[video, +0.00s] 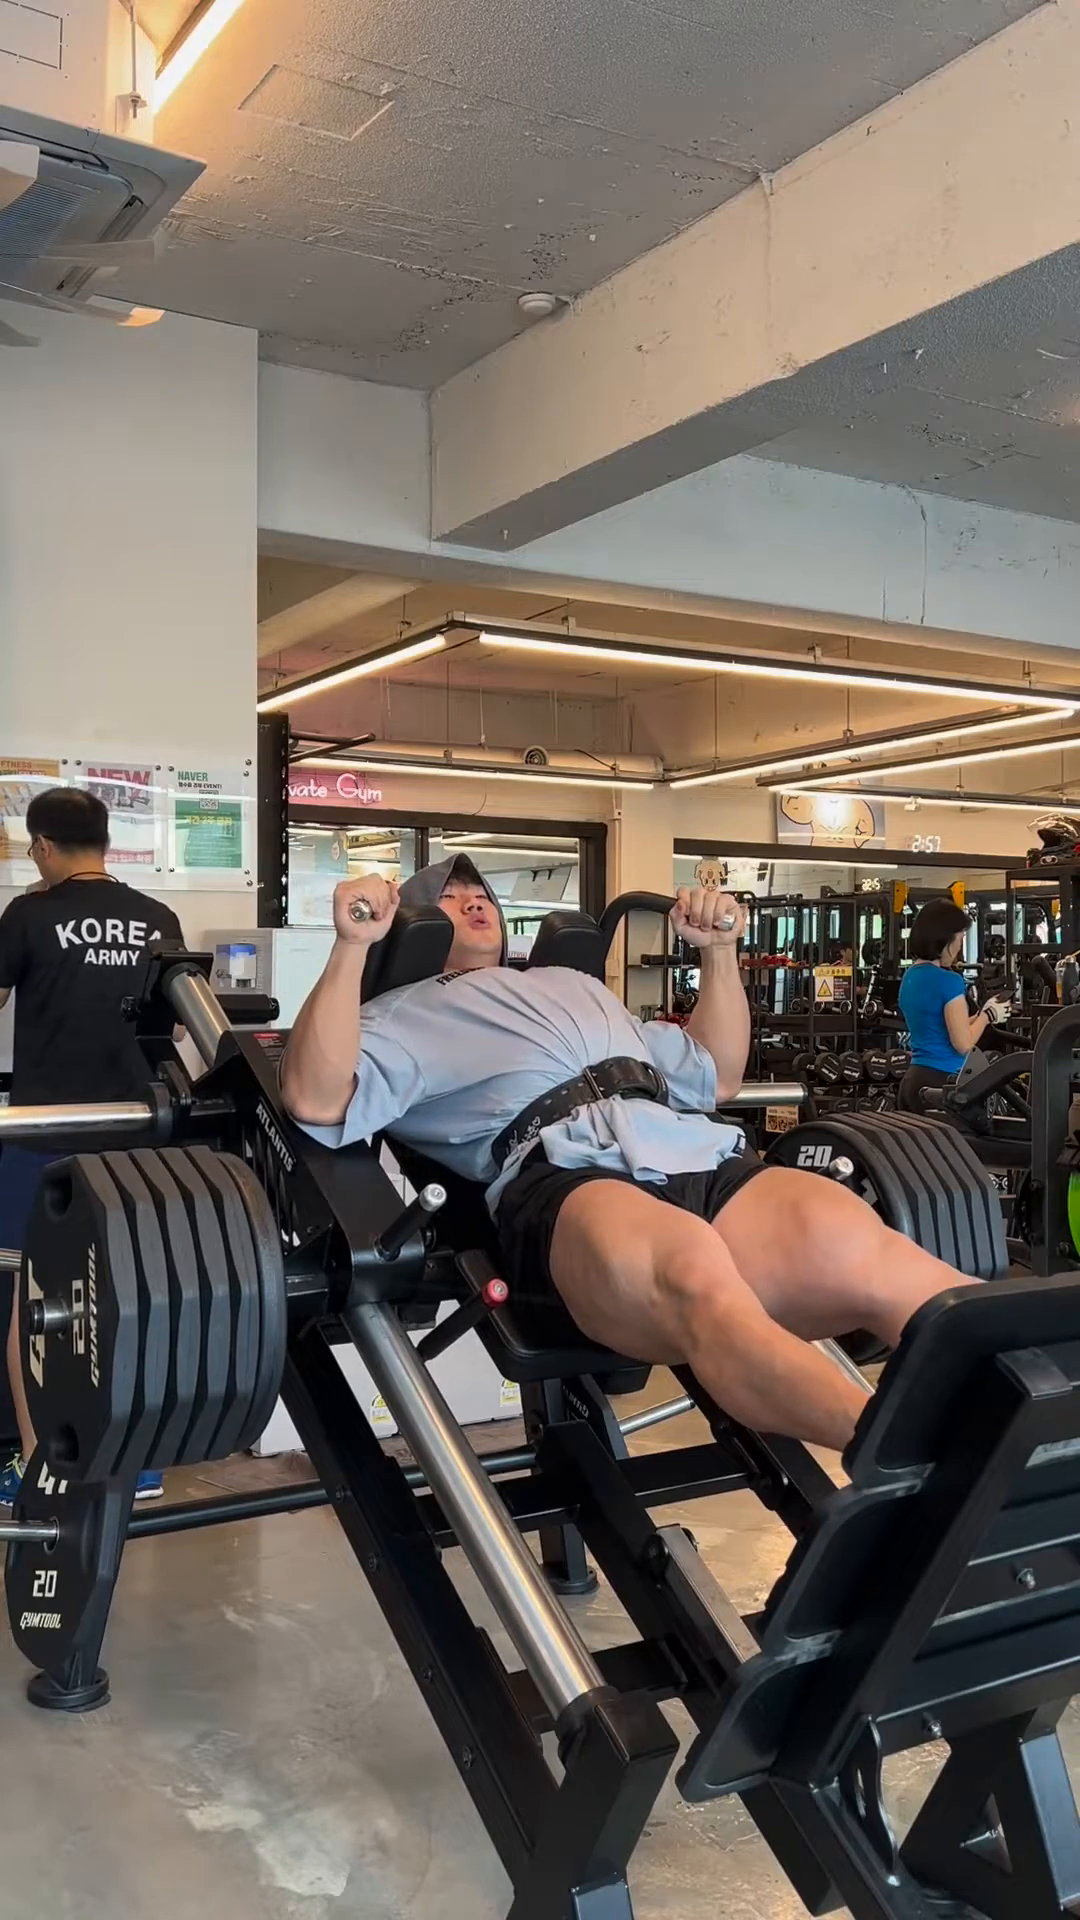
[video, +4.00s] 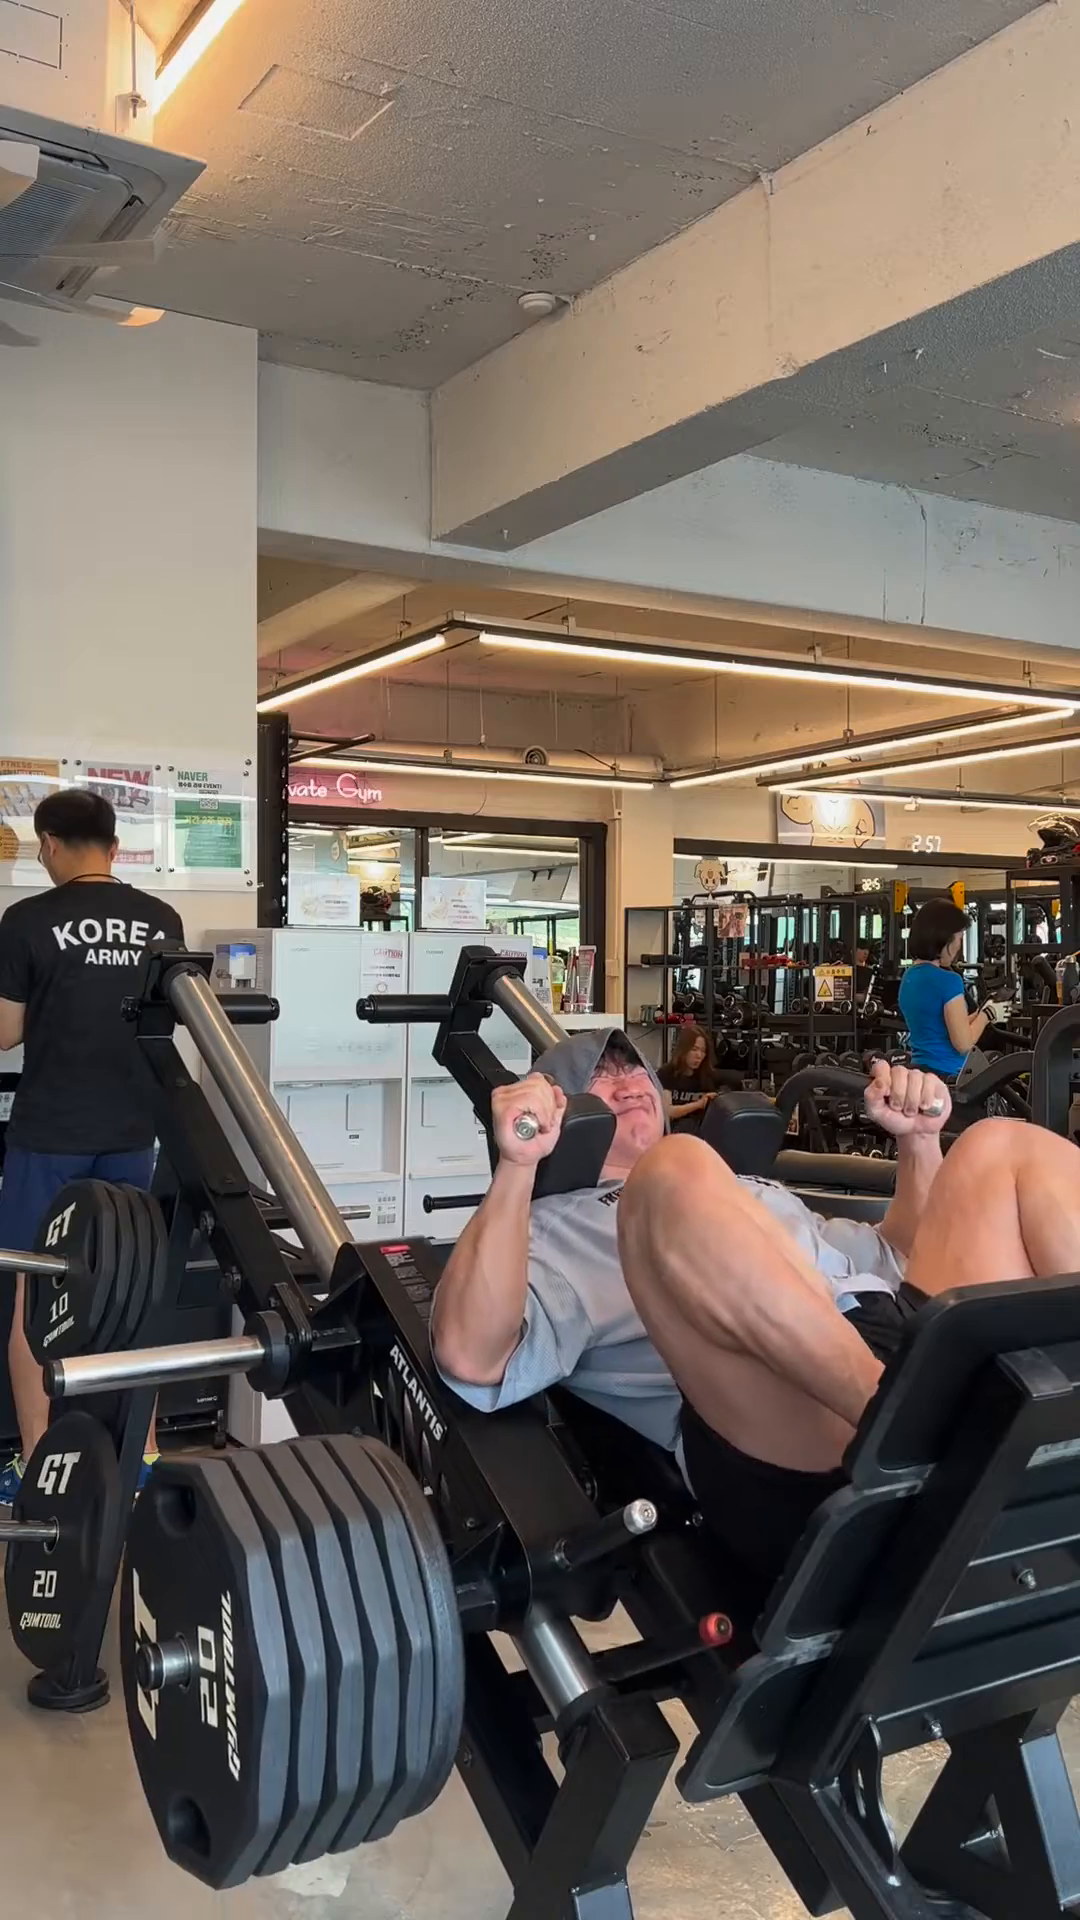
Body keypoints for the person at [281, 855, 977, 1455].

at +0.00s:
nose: (477, 902)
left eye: (484, 895)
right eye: (453, 894)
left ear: (502, 921)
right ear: (413, 928)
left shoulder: (575, 987)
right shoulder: (403, 1015)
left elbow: (711, 1073)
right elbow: (315, 1100)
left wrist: (718, 955)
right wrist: (350, 949)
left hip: (697, 1162)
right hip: (560, 1183)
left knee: (844, 1236)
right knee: (692, 1279)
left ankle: (1052, 1370)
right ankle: (896, 1448)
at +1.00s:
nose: (498, 938)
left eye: (507, 928)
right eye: (474, 935)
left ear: (530, 951)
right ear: (443, 974)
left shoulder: (606, 1021)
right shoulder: (433, 1053)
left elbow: (750, 1107)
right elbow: (342, 1142)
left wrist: (750, 982)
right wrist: (377, 987)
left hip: (745, 1217)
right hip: (590, 1266)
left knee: (950, 1177)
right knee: (672, 1190)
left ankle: (1076, 1383)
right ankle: (898, 1428)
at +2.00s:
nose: (578, 1027)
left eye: (585, 1015)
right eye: (550, 1018)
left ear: (605, 1042)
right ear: (504, 1054)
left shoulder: (687, 1127)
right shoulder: (501, 1162)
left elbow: (847, 1206)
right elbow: (413, 1267)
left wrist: (845, 1076)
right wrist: (460, 1091)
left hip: (861, 1358)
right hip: (711, 1426)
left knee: (1000, 1146)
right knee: (664, 1172)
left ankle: (1069, 1391)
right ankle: (882, 1407)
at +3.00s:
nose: (632, 1088)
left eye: (638, 1074)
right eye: (602, 1081)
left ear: (662, 1102)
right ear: (562, 1120)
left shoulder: (757, 1195)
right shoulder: (552, 1240)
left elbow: (901, 1261)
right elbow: (473, 1365)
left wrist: (922, 1151)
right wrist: (517, 1177)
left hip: (933, 1388)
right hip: (785, 1474)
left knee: (1005, 1146)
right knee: (658, 1187)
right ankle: (899, 1425)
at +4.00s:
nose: (628, 1081)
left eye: (633, 1065)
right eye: (597, 1074)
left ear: (657, 1093)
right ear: (554, 1113)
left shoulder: (745, 1188)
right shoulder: (551, 1237)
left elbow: (898, 1266)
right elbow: (469, 1358)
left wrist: (917, 1147)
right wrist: (515, 1171)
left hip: (925, 1381)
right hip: (785, 1474)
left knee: (1005, 1146)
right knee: (672, 1173)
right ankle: (894, 1415)